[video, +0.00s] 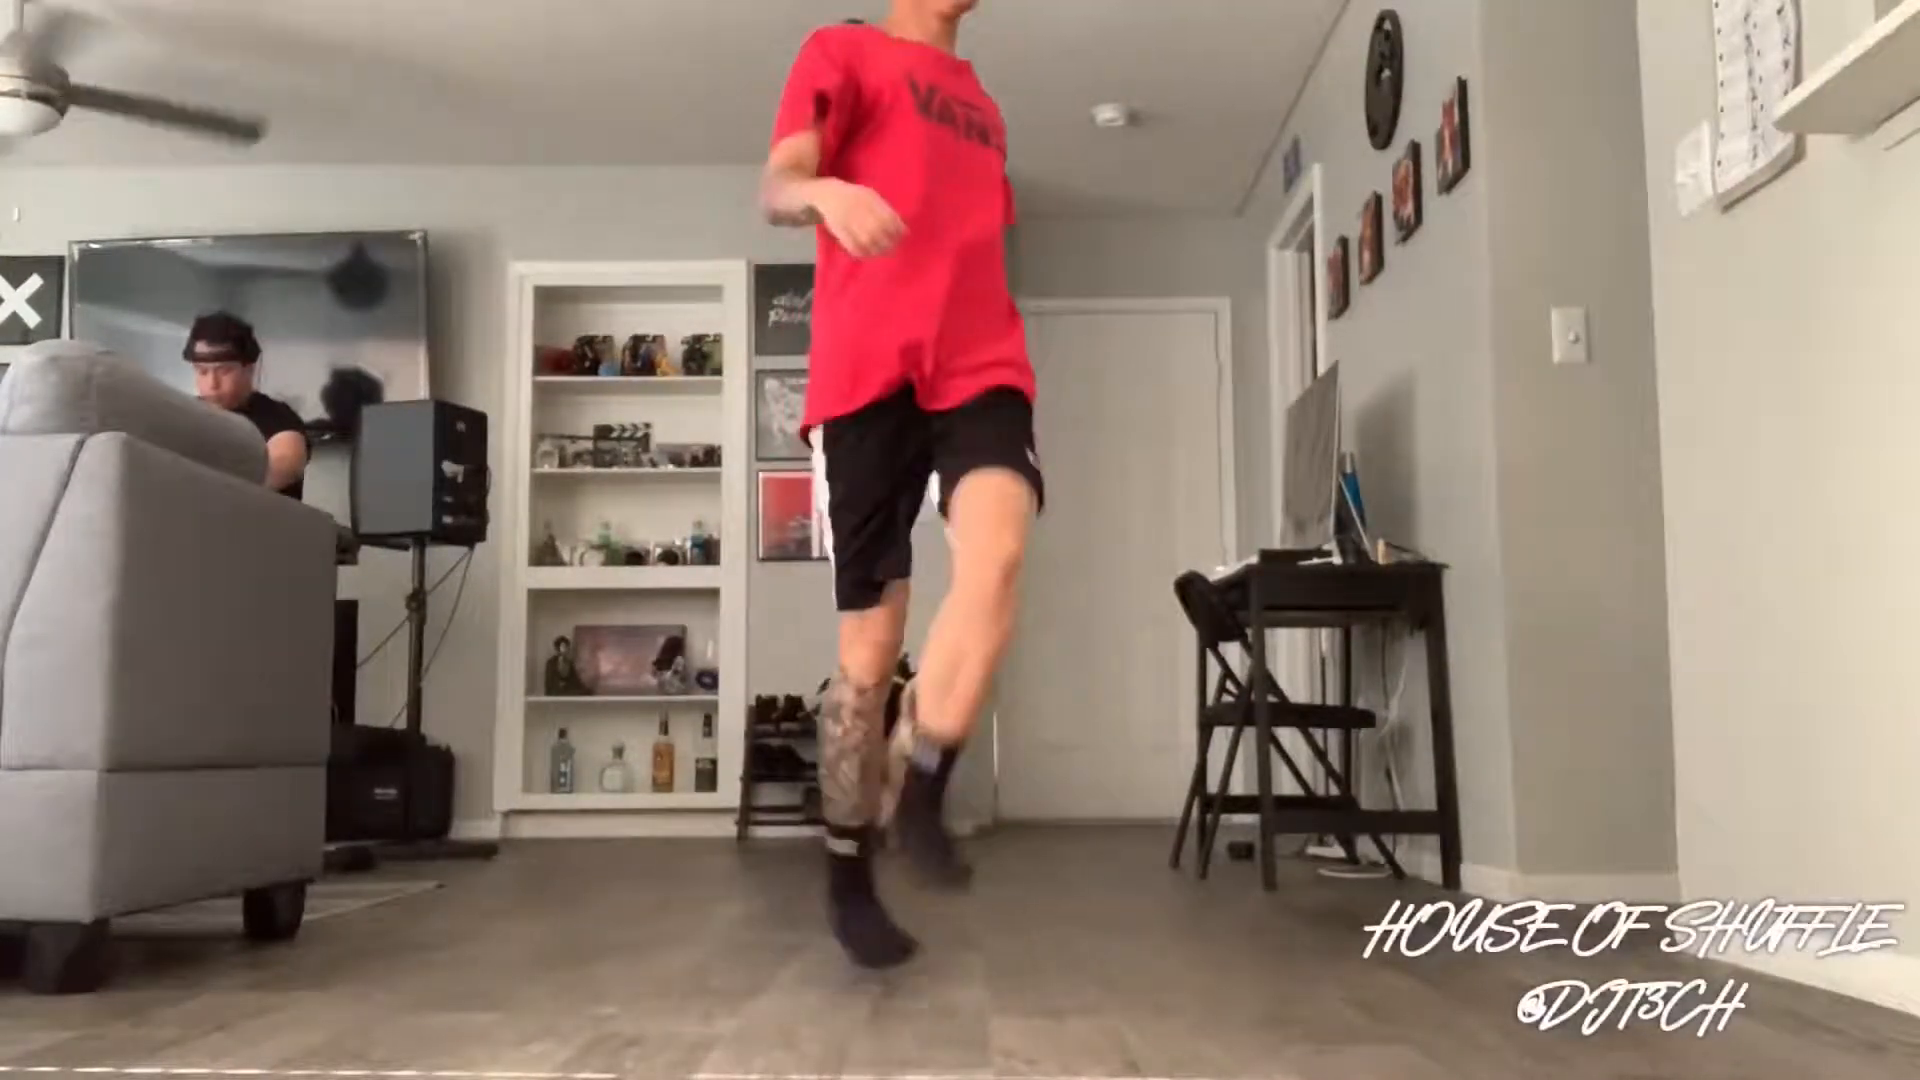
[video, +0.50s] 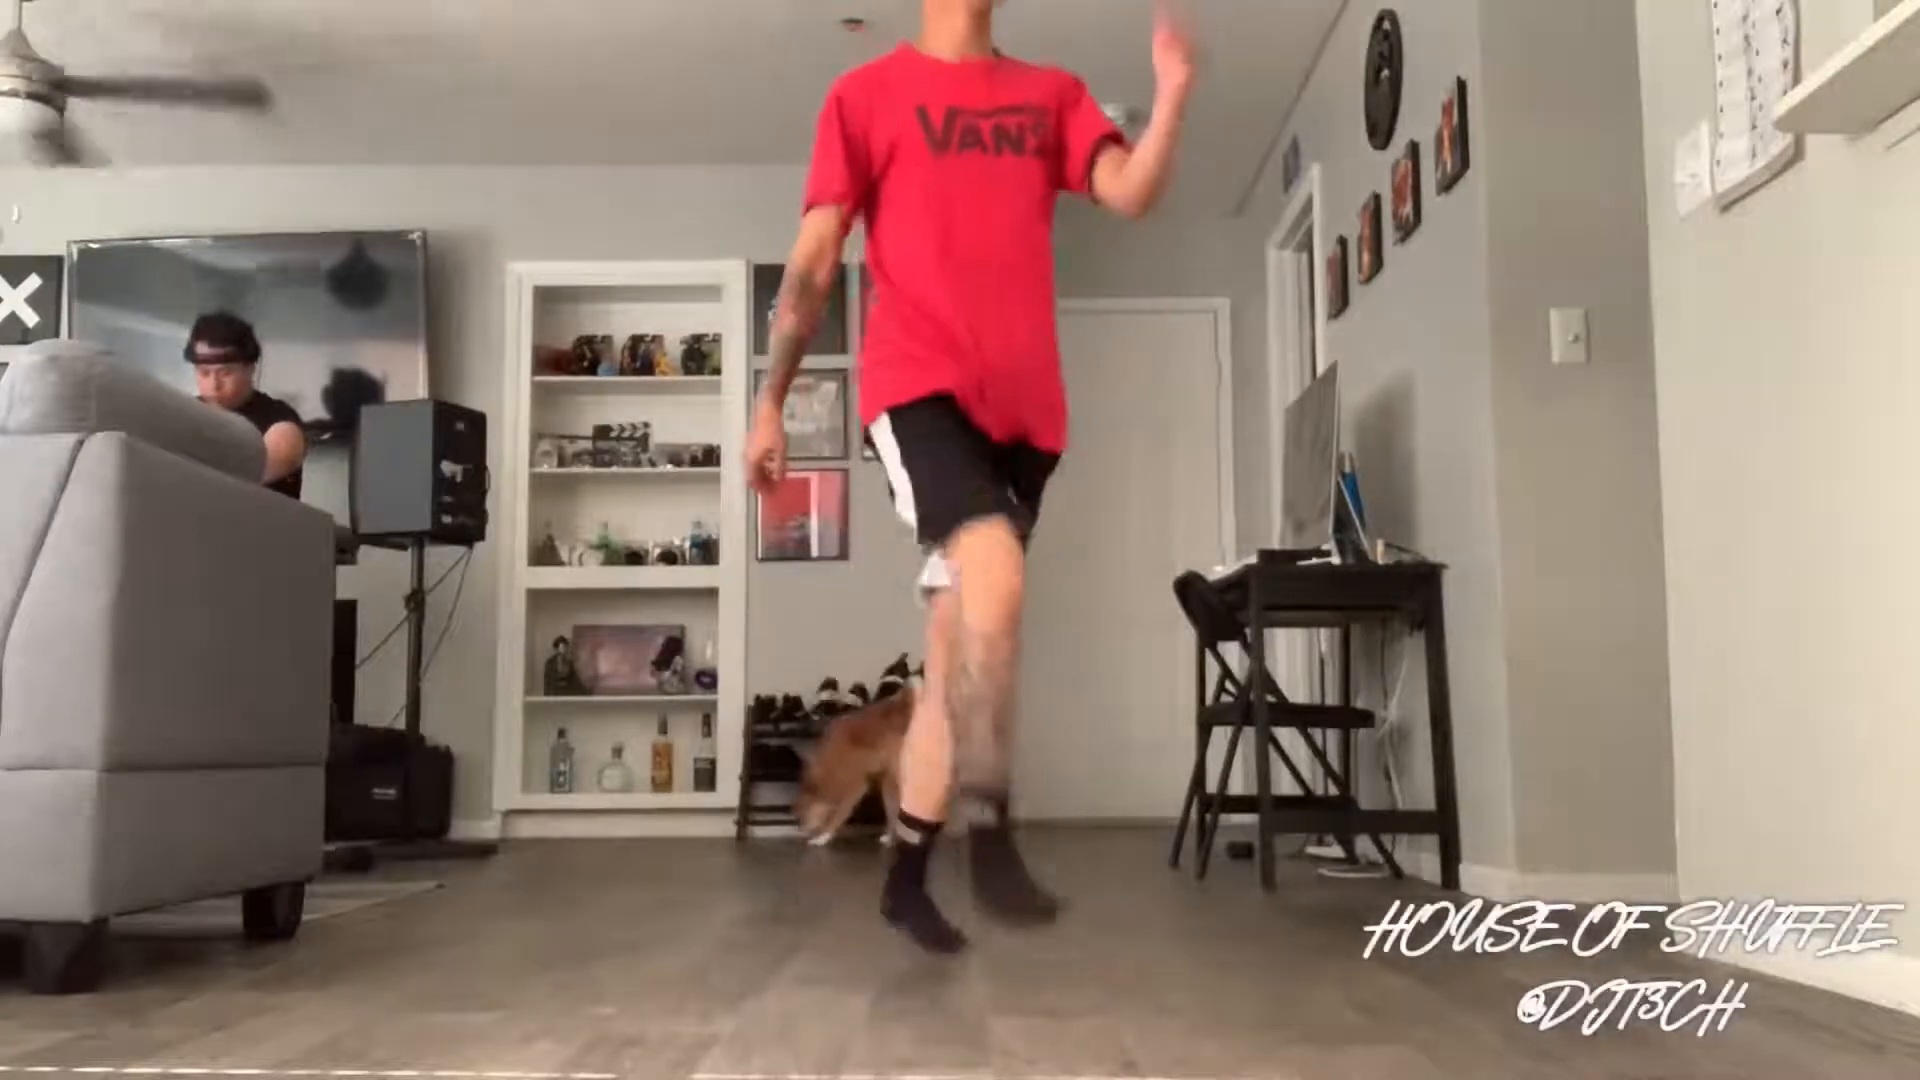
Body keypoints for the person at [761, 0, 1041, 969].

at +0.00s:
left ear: (960, 5)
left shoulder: (978, 101)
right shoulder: (842, 48)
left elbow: (977, 234)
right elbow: (778, 186)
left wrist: (990, 342)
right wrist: (827, 192)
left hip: (980, 363)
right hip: (868, 366)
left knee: (997, 553)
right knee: (874, 636)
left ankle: (921, 785)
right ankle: (848, 870)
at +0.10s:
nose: (972, 7)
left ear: (984, 19)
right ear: (897, 8)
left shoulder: (986, 138)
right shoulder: (846, 101)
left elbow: (980, 292)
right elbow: (781, 228)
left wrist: (1012, 431)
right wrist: (841, 212)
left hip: (991, 429)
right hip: (871, 423)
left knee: (982, 662)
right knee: (825, 679)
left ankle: (940, 938)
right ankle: (768, 890)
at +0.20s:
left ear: (973, 3)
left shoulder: (1010, 110)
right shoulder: (853, 65)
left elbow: (1016, 264)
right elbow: (807, 216)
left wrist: (1030, 396)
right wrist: (831, 278)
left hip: (993, 396)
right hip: (878, 390)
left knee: (962, 642)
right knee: (859, 643)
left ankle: (947, 928)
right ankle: (793, 858)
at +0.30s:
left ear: (979, 8)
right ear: (936, 3)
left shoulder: (1033, 112)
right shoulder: (854, 83)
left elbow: (1051, 254)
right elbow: (817, 235)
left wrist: (1079, 302)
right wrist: (805, 351)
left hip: (997, 375)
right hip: (883, 371)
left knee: (959, 632)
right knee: (941, 557)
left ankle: (940, 906)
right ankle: (843, 728)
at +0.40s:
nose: (966, 1)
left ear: (981, 2)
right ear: (936, 1)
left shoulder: (1046, 99)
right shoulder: (863, 85)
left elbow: (1099, 238)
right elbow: (817, 251)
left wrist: (1156, 195)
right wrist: (786, 399)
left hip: (1000, 387)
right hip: (889, 366)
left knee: (965, 651)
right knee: (991, 493)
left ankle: (946, 918)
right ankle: (897, 699)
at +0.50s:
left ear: (983, 1)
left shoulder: (1051, 92)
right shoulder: (864, 95)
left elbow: (1129, 191)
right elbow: (812, 265)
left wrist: (1170, 98)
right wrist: (769, 404)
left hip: (1023, 392)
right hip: (914, 381)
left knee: (959, 642)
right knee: (994, 579)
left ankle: (906, 875)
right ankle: (990, 828)